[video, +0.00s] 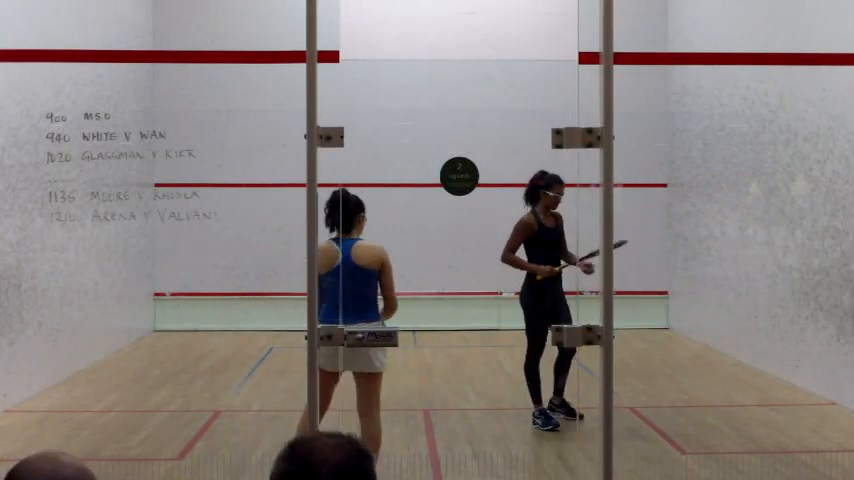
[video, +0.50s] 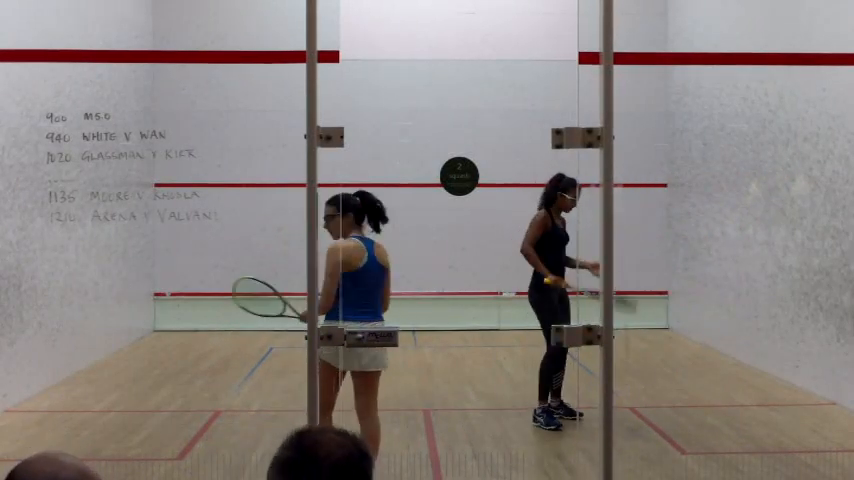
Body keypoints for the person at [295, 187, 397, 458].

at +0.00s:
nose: (365, 221)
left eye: (364, 217)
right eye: (364, 217)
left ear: (331, 219)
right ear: (360, 219)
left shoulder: (319, 254)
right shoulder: (376, 254)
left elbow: (314, 299)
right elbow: (391, 305)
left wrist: (321, 323)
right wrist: (374, 323)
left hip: (328, 341)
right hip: (366, 342)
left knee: (315, 408)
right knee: (369, 412)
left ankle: (295, 465)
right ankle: (367, 473)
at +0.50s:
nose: (325, 226)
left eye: (328, 218)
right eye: (325, 219)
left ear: (346, 218)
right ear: (355, 219)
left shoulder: (337, 250)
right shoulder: (380, 251)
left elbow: (326, 304)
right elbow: (383, 304)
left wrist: (309, 312)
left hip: (337, 336)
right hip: (371, 336)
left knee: (323, 409)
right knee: (368, 411)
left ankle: (323, 472)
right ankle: (366, 472)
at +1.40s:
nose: (317, 226)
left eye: (318, 219)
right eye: (317, 219)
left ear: (331, 217)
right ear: (342, 217)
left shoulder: (333, 250)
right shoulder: (360, 249)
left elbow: (318, 300)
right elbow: (344, 298)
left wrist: (285, 301)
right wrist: (302, 307)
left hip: (329, 334)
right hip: (357, 332)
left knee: (322, 406)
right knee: (357, 401)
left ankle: (322, 467)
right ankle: (366, 465)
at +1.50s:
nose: (318, 227)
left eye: (320, 219)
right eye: (318, 220)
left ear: (332, 217)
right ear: (344, 216)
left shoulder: (334, 249)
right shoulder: (364, 248)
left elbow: (321, 298)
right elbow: (348, 297)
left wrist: (289, 300)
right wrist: (306, 307)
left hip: (331, 332)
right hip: (360, 331)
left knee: (323, 406)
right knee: (361, 401)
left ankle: (324, 468)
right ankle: (366, 466)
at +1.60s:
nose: (319, 226)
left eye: (322, 218)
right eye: (319, 219)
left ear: (336, 217)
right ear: (346, 216)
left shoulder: (336, 248)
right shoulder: (367, 247)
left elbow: (323, 299)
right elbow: (350, 296)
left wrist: (296, 303)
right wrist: (304, 303)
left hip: (333, 330)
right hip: (362, 329)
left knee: (325, 404)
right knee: (363, 402)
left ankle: (324, 467)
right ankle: (367, 466)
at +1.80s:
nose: (323, 226)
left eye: (325, 219)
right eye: (322, 219)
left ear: (339, 218)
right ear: (350, 216)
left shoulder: (340, 249)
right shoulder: (371, 247)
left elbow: (327, 300)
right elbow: (358, 296)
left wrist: (301, 295)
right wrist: (314, 308)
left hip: (338, 331)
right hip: (366, 330)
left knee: (327, 403)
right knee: (366, 401)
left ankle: (328, 467)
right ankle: (367, 466)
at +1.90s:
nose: (324, 226)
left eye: (326, 219)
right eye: (324, 219)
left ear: (340, 218)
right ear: (352, 217)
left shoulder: (342, 248)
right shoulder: (372, 247)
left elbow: (330, 298)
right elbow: (359, 296)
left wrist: (301, 294)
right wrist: (315, 306)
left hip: (339, 331)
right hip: (367, 329)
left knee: (328, 402)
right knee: (367, 401)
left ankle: (327, 467)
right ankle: (367, 466)